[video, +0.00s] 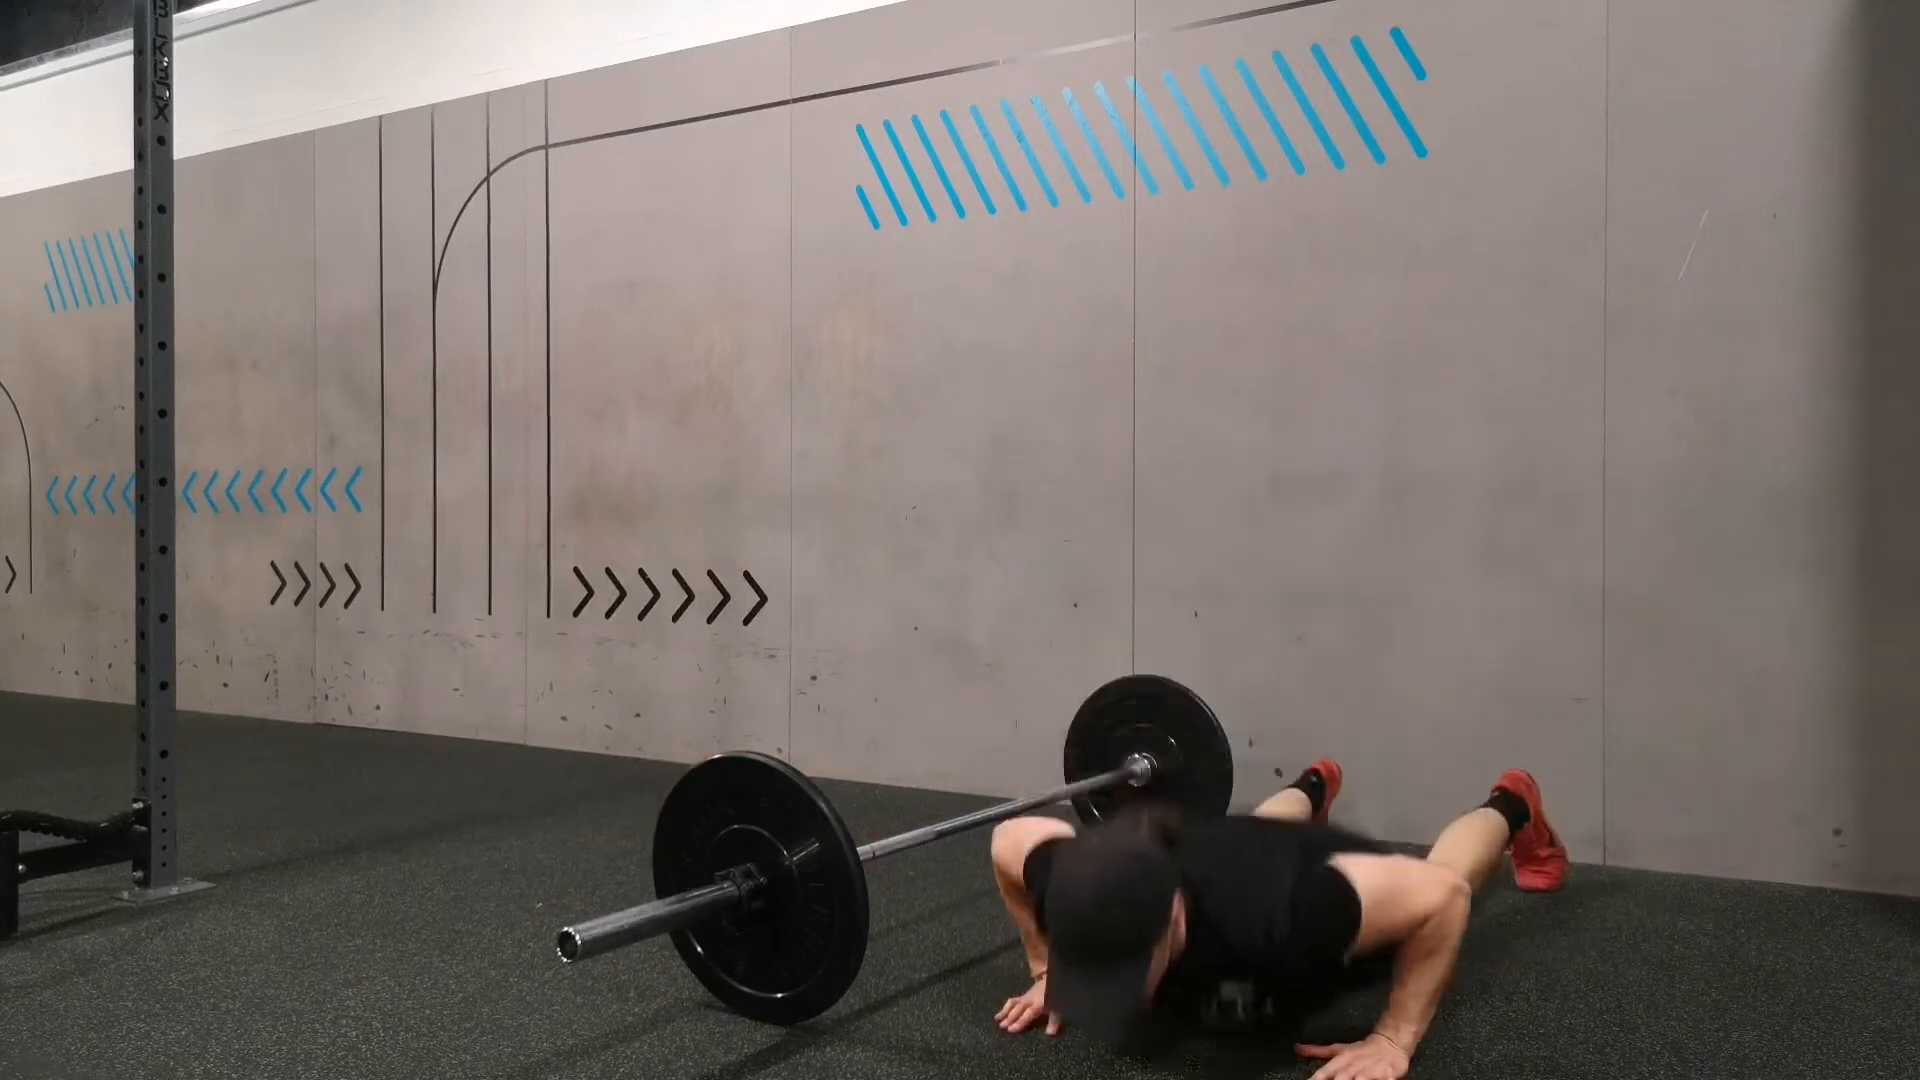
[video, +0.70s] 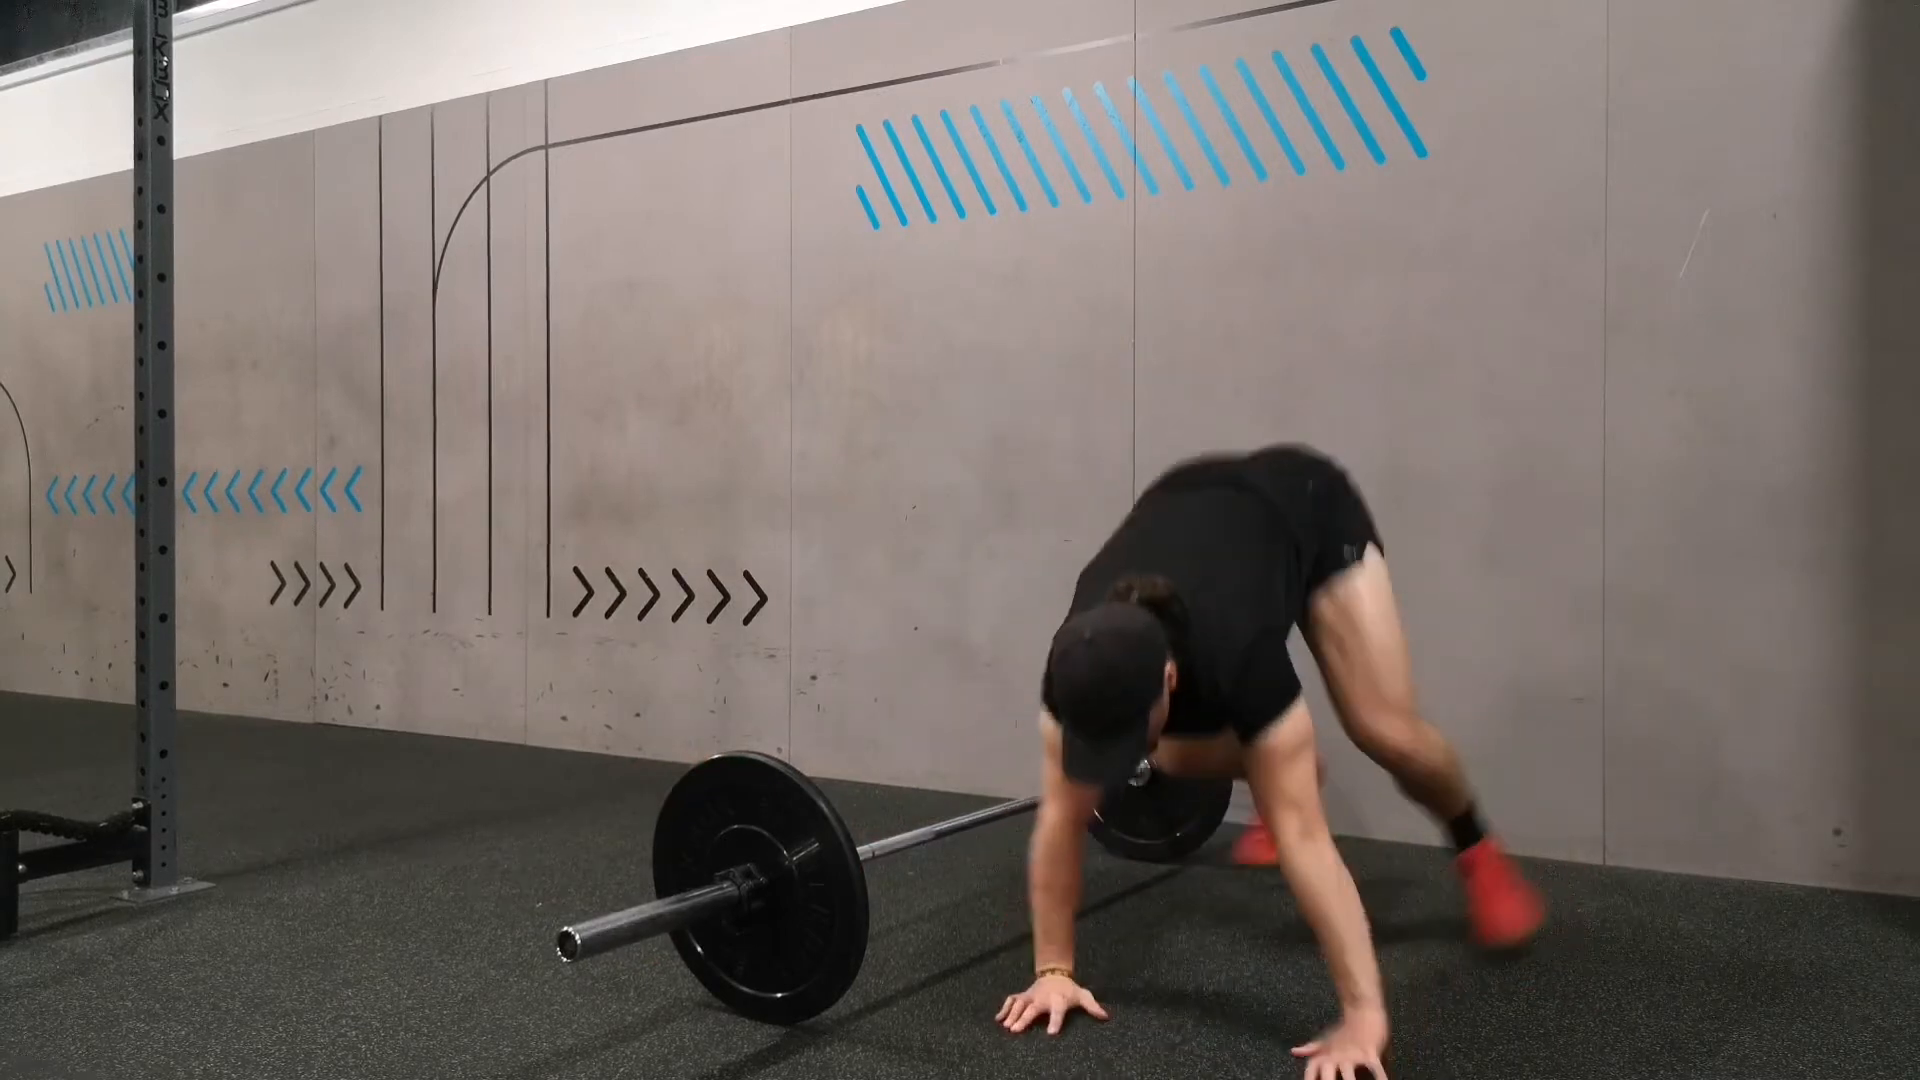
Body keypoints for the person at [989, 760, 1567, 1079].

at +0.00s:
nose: (1127, 987)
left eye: (1137, 969)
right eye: (1104, 975)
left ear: (1175, 919)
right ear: (1069, 920)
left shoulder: (1288, 905)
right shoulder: (1063, 884)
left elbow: (1443, 897)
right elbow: (1009, 842)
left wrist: (1395, 1040)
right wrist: (1042, 968)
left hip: (1331, 867)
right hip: (1200, 856)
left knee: (1451, 873)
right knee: (1253, 829)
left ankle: (1510, 803)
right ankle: (1312, 789)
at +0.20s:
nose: (1120, 973)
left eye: (1131, 957)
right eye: (1099, 960)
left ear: (1171, 909)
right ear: (1072, 906)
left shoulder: (1284, 897)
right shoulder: (1059, 878)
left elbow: (1447, 902)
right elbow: (999, 845)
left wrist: (1395, 1040)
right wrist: (1042, 975)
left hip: (1341, 870)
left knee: (1454, 876)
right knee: (1249, 824)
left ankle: (1503, 795)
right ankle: (1297, 775)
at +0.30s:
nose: (1122, 870)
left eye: (1132, 851)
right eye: (1105, 855)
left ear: (1176, 809)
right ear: (1075, 816)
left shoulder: (1270, 826)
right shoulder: (1070, 811)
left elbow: (1446, 899)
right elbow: (999, 855)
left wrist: (1393, 1039)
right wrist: (1047, 969)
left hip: (1329, 929)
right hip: (1204, 926)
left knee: (1446, 881)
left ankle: (1505, 805)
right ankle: (1299, 789)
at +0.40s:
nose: (1112, 822)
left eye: (1126, 805)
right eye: (1096, 808)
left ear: (1174, 762)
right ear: (1064, 768)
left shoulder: (1271, 765)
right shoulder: (1064, 765)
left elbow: (1419, 886)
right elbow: (1006, 848)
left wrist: (1391, 1039)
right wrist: (1046, 970)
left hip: (1330, 838)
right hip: (1211, 847)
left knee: (1438, 885)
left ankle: (1507, 808)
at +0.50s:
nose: (1107, 801)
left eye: (1117, 784)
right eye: (1087, 792)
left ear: (1158, 732)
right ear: (1043, 740)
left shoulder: (1256, 728)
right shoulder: (1057, 731)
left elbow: (1382, 875)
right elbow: (1012, 842)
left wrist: (1389, 1040)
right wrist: (1047, 969)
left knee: (1435, 813)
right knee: (1251, 821)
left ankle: (1526, 798)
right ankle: (1296, 832)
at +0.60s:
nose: (1108, 783)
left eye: (1119, 765)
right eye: (1087, 772)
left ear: (1153, 710)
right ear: (1043, 724)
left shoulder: (1241, 688)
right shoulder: (1055, 700)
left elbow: (1338, 863)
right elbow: (1023, 834)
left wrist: (1384, 1036)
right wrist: (1047, 971)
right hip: (1179, 585)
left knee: (1435, 772)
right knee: (1228, 773)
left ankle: (1521, 791)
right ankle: (1314, 767)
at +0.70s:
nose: (1116, 762)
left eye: (1130, 741)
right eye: (1100, 747)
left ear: (1166, 685)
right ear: (1070, 699)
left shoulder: (1246, 661)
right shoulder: (1072, 673)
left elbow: (1304, 840)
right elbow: (1060, 818)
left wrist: (1364, 1012)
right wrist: (1053, 971)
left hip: (1303, 496)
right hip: (1187, 503)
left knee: (1385, 731)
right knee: (1173, 753)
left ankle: (1474, 844)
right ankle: (1285, 773)